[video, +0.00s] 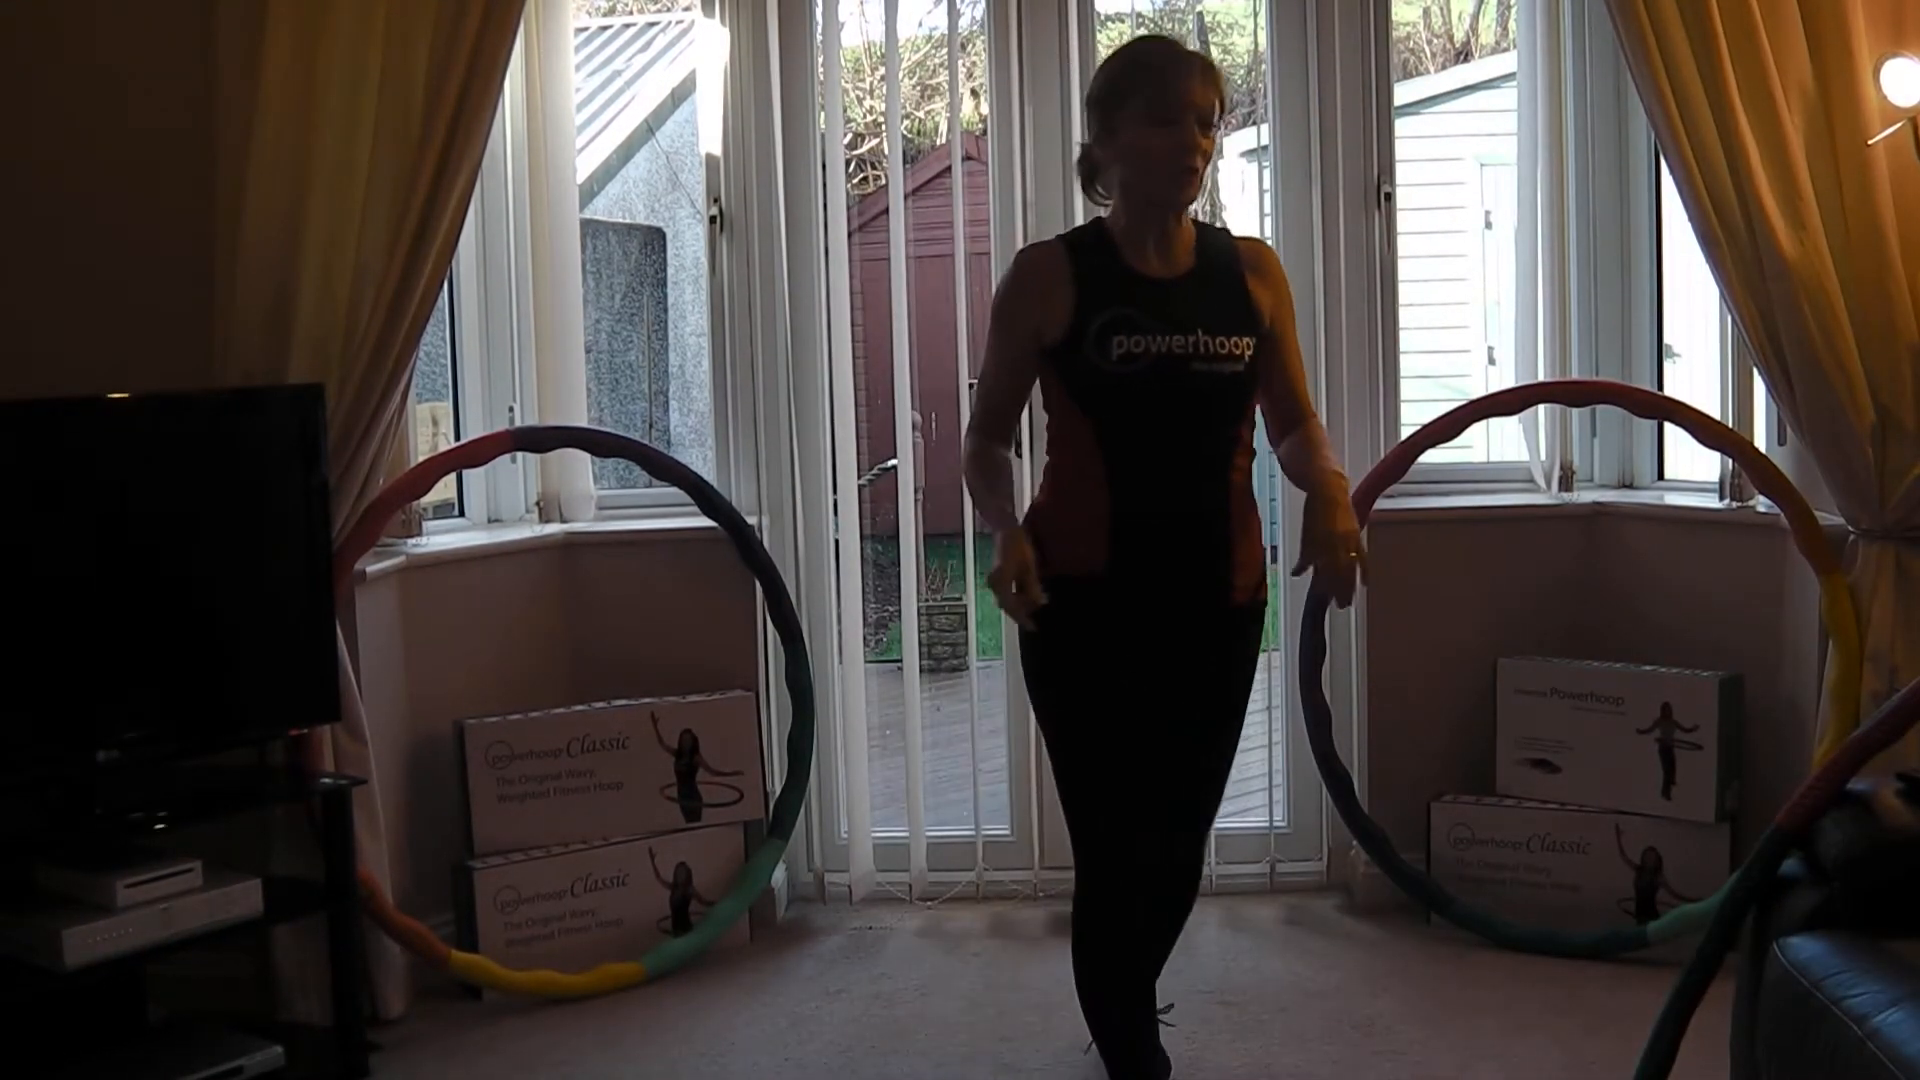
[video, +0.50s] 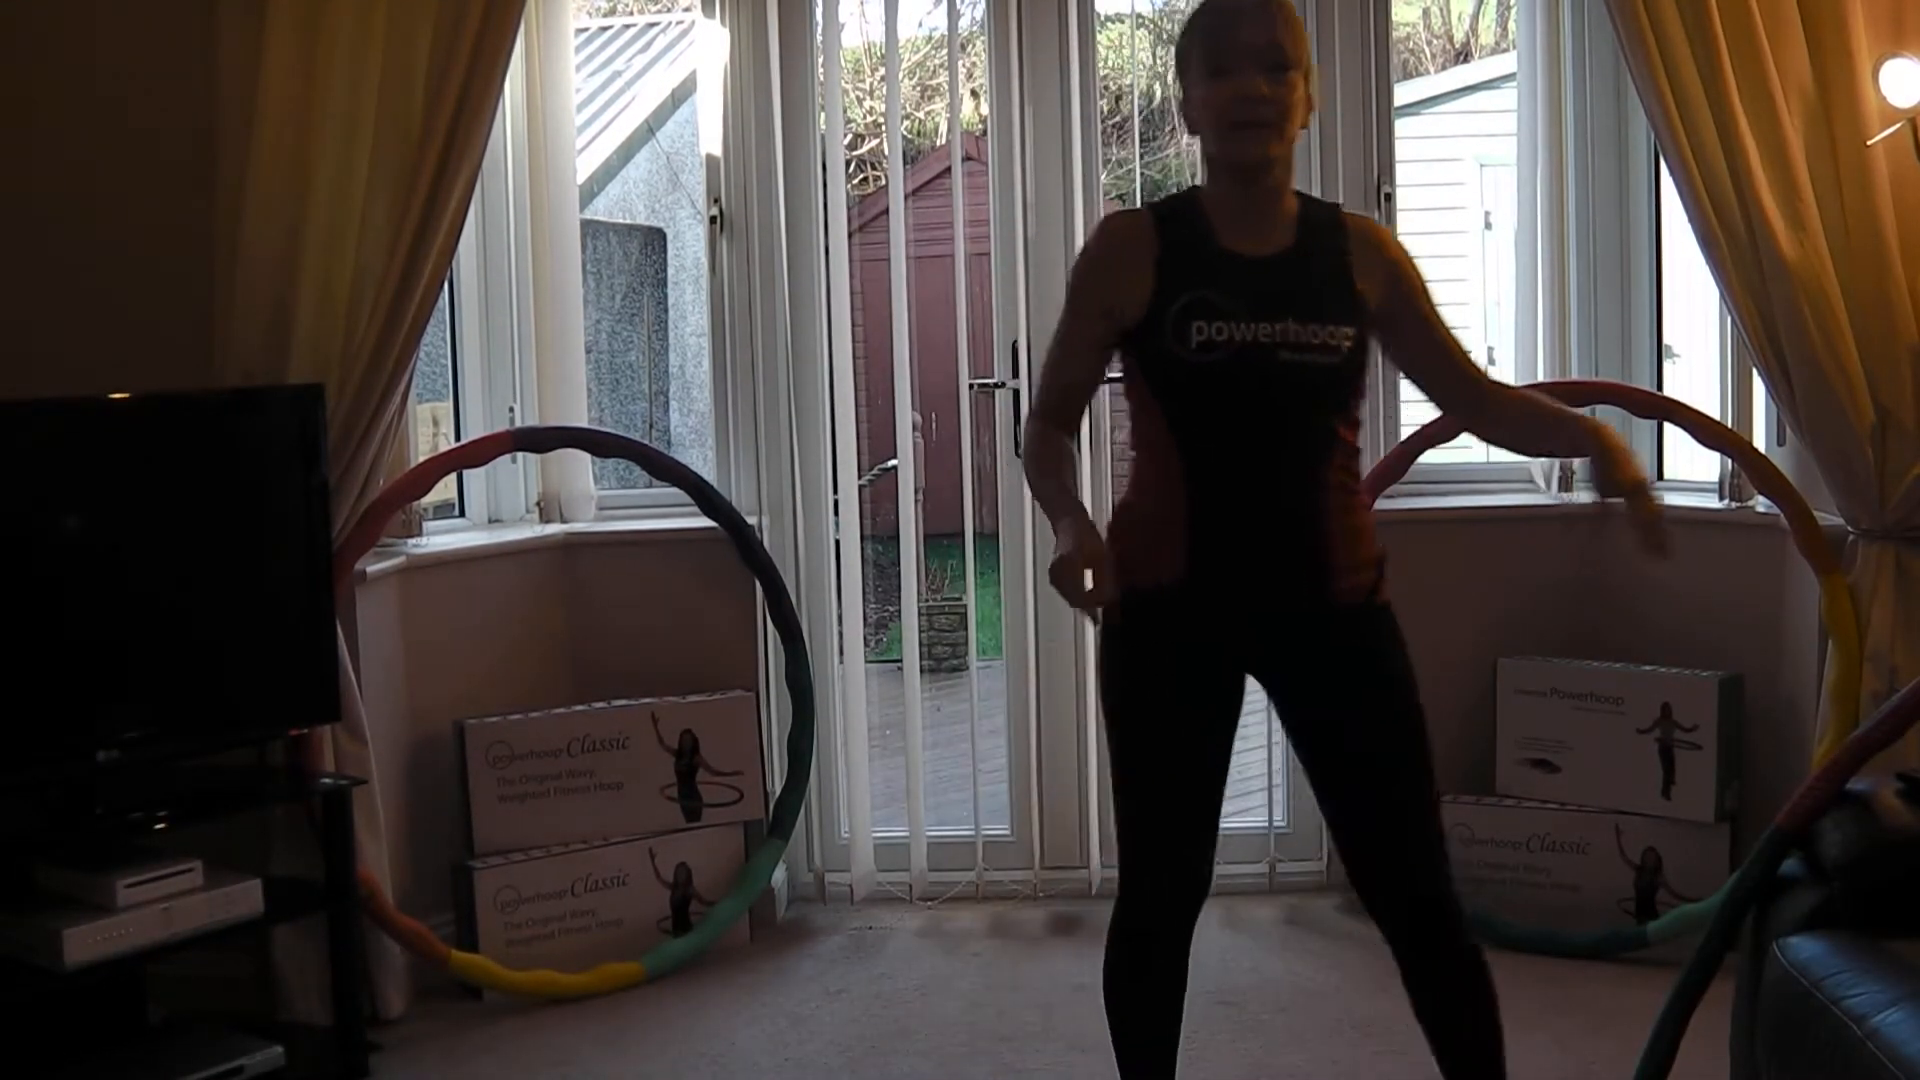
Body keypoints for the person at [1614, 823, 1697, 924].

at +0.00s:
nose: (1649, 860)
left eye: (1652, 857)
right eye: (1646, 856)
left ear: (1657, 860)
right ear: (1642, 858)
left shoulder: (1658, 876)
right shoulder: (1639, 871)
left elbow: (1673, 894)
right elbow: (1623, 857)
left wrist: (1693, 901)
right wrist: (1618, 837)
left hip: (1651, 911)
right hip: (1639, 911)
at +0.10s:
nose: (1649, 860)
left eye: (1652, 857)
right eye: (1646, 856)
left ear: (1657, 860)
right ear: (1642, 858)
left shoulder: (1658, 876)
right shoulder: (1639, 870)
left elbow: (1674, 894)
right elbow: (1623, 856)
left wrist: (1693, 901)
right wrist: (1618, 837)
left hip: (1651, 911)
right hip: (1639, 911)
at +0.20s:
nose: (1649, 860)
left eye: (1652, 857)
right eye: (1647, 856)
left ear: (1657, 860)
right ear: (1642, 858)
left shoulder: (1658, 876)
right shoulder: (1639, 871)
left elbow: (1674, 894)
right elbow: (1623, 857)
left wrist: (1692, 901)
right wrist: (1618, 837)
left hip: (1651, 911)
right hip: (1639, 911)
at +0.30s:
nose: (1649, 860)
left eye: (1652, 857)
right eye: (1646, 856)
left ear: (1657, 860)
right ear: (1642, 858)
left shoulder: (1658, 877)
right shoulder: (1639, 871)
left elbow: (1674, 895)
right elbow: (1623, 857)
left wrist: (1693, 901)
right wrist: (1618, 838)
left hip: (1651, 911)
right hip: (1639, 910)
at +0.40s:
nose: (1649, 860)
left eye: (1652, 857)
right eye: (1646, 856)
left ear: (1657, 860)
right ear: (1642, 858)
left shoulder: (1658, 877)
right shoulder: (1639, 871)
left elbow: (1674, 895)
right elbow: (1623, 857)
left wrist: (1693, 901)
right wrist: (1618, 838)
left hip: (1651, 911)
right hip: (1639, 910)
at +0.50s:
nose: (1649, 859)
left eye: (1652, 857)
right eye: (1646, 856)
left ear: (1657, 860)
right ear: (1642, 858)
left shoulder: (1658, 876)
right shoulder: (1639, 870)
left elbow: (1674, 894)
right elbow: (1623, 856)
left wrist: (1693, 901)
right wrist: (1618, 837)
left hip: (1651, 911)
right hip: (1639, 910)